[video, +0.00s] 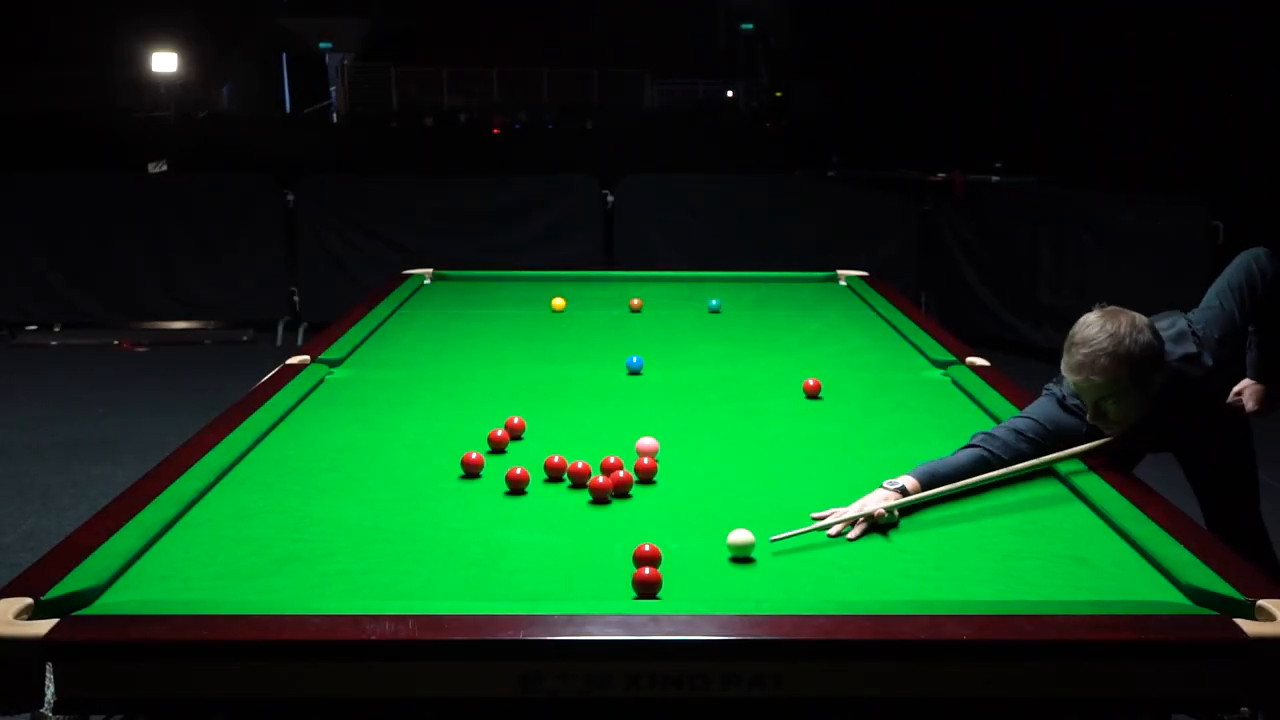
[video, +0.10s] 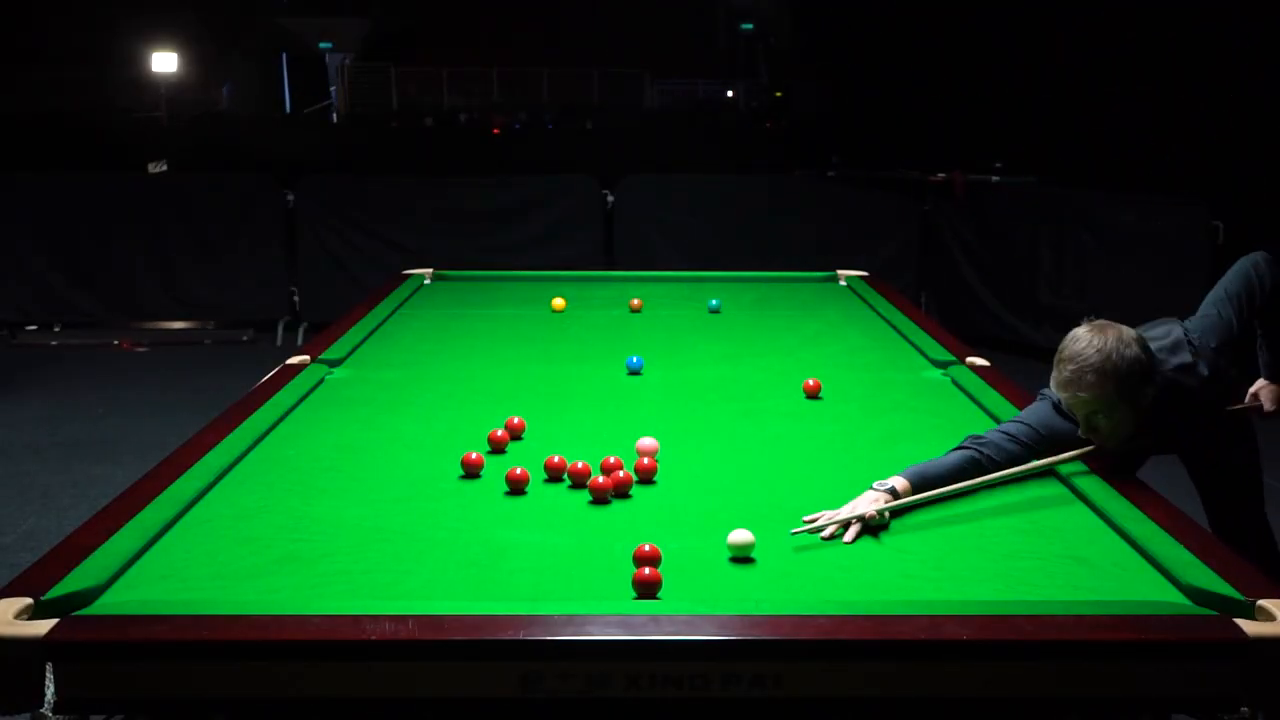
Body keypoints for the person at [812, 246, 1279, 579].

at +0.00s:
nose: (1091, 417)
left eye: (1105, 403)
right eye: (1081, 402)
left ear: (1146, 383)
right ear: (1070, 383)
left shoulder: (1202, 344)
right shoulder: (1069, 402)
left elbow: (1257, 263)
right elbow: (995, 445)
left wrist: (1261, 372)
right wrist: (898, 490)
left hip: (1209, 419)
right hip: (1141, 431)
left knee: (1237, 530)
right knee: (1119, 531)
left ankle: (1268, 612)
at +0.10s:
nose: (1082, 431)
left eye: (1094, 417)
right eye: (1073, 417)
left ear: (1136, 398)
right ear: (1064, 396)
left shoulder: (1202, 350)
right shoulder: (1069, 402)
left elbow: (1259, 269)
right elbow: (990, 447)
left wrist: (1272, 371)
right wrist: (889, 492)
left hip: (1215, 422)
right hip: (1141, 434)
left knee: (1241, 534)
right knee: (1104, 528)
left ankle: (1266, 614)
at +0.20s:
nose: (1081, 428)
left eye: (1092, 415)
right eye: (1071, 415)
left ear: (1133, 397)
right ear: (1062, 395)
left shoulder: (1200, 350)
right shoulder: (1067, 403)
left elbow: (1258, 269)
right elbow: (989, 447)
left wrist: (1269, 372)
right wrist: (890, 491)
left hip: (1215, 420)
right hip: (1140, 433)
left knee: (1242, 533)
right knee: (1102, 527)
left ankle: (1265, 612)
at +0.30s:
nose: (1082, 431)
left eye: (1093, 416)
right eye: (1072, 417)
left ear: (1134, 397)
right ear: (1063, 397)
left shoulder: (1200, 351)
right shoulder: (1068, 400)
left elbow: (1256, 270)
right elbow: (990, 446)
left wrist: (1259, 376)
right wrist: (890, 491)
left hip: (1213, 422)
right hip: (1140, 435)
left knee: (1242, 532)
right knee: (1103, 527)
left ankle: (1266, 611)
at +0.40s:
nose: (1082, 432)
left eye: (1094, 417)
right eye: (1072, 417)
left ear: (1135, 397)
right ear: (1062, 396)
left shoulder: (1203, 354)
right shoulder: (1067, 401)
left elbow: (1263, 275)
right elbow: (989, 447)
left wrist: (1279, 366)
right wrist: (888, 491)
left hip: (1217, 417)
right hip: (1142, 430)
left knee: (1241, 528)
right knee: (1109, 524)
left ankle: (1265, 606)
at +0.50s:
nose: (1081, 431)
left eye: (1092, 416)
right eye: (1070, 416)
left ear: (1133, 397)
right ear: (1061, 396)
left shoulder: (1203, 351)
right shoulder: (1066, 402)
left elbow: (1263, 273)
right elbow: (989, 447)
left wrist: (1279, 366)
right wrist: (889, 491)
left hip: (1217, 420)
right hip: (1140, 433)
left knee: (1242, 532)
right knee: (1106, 529)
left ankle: (1265, 611)